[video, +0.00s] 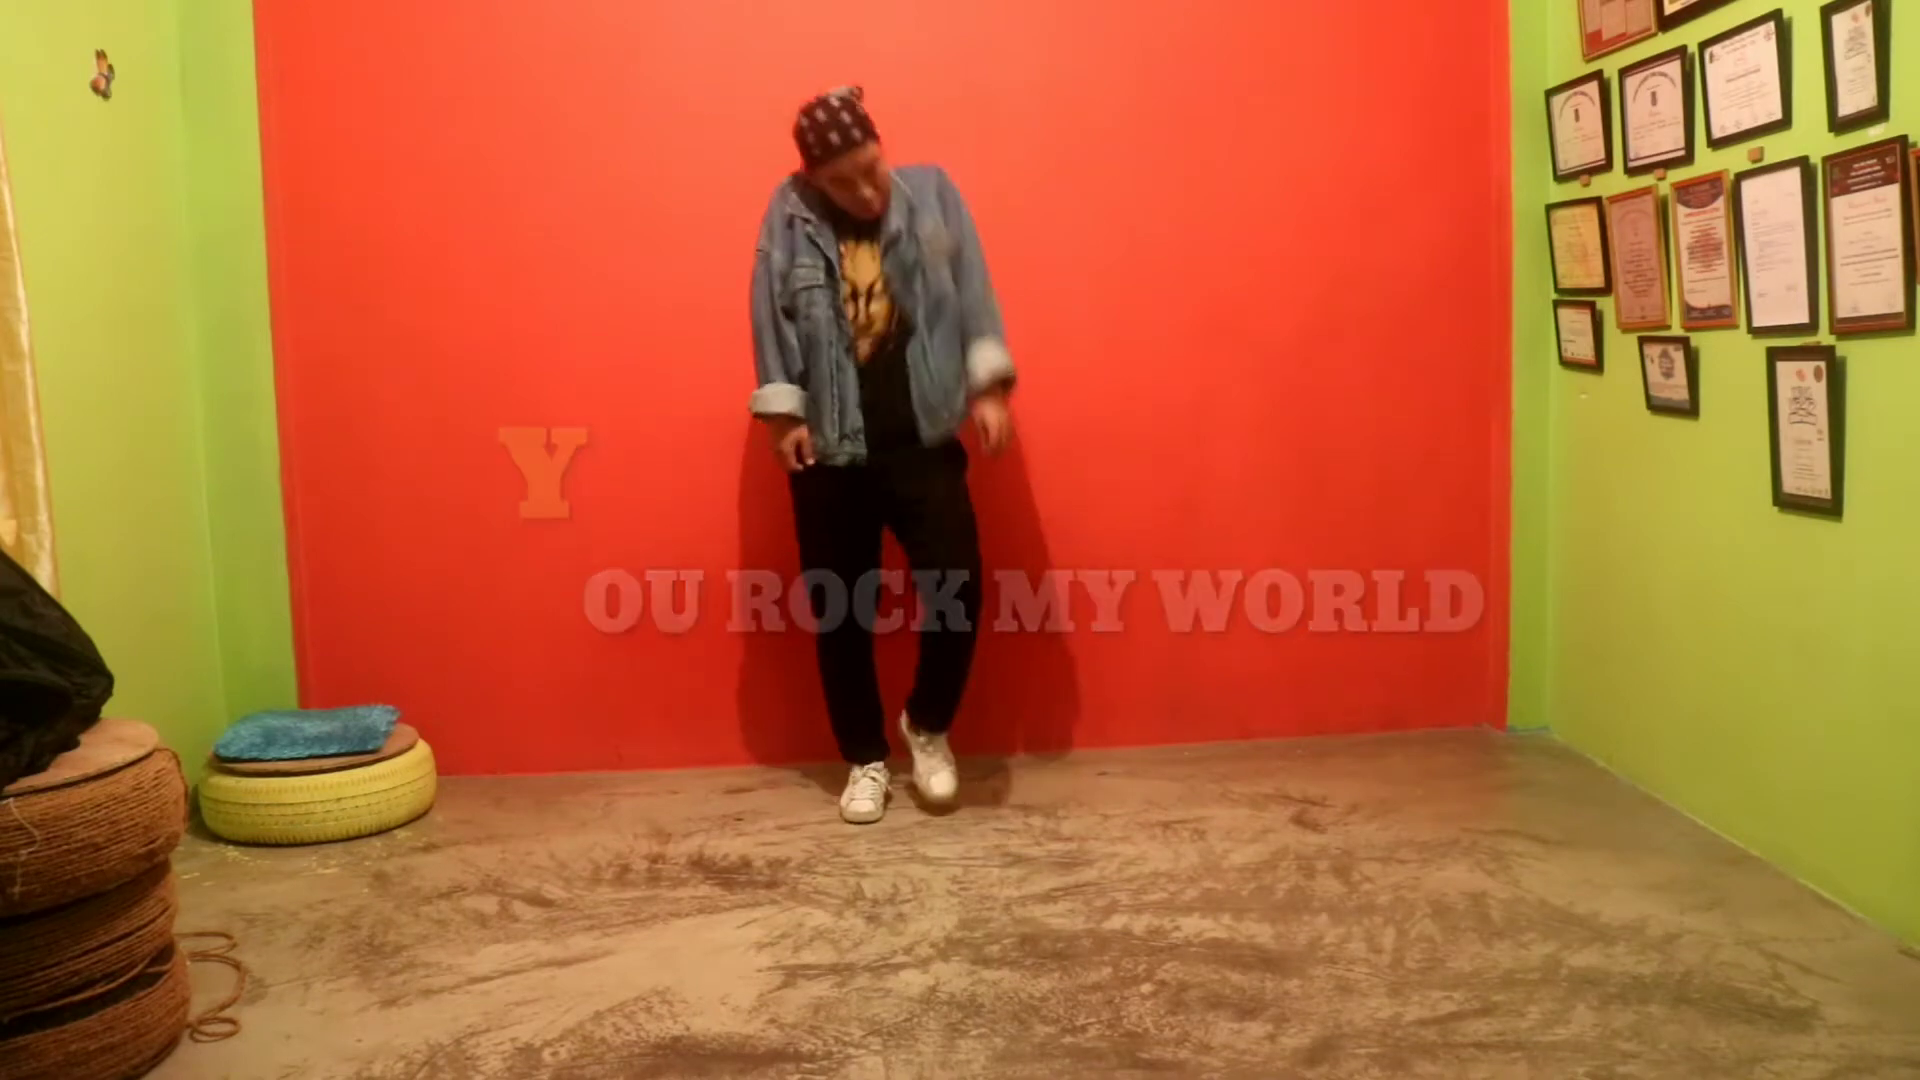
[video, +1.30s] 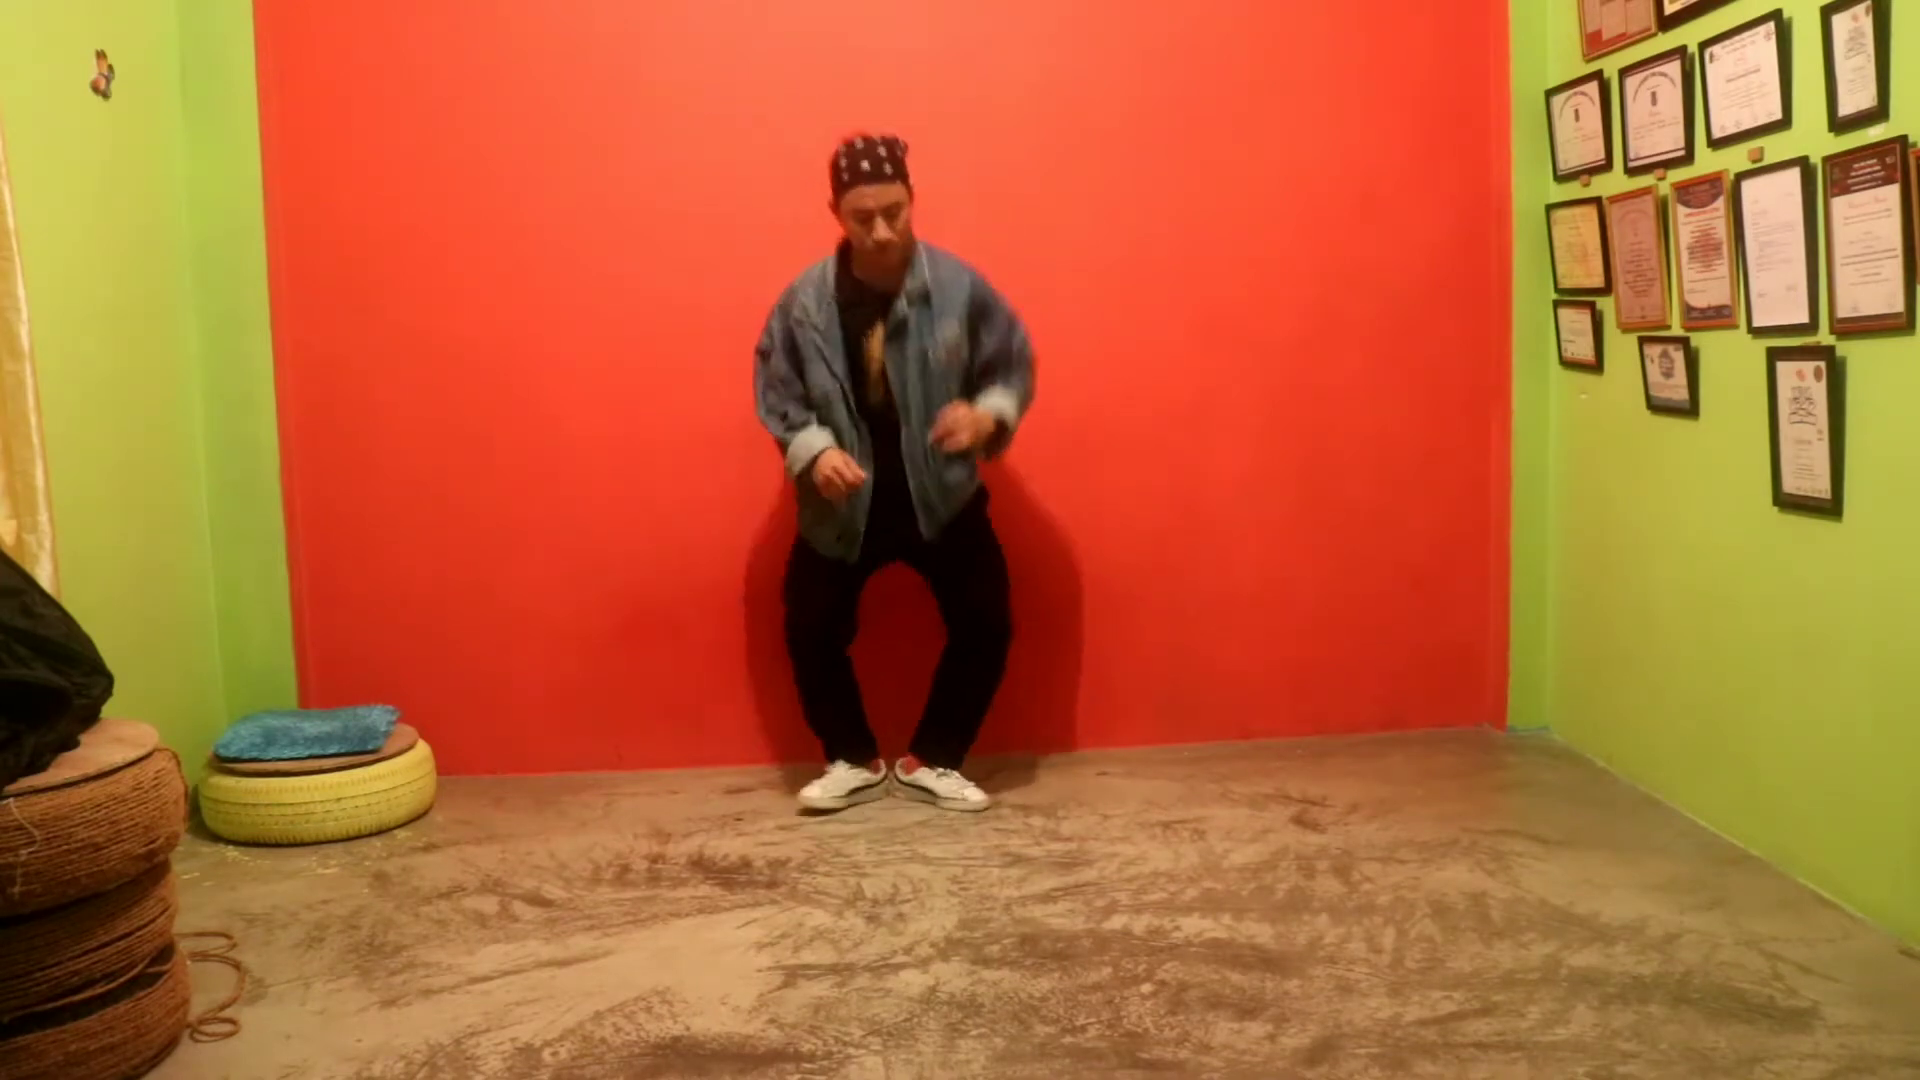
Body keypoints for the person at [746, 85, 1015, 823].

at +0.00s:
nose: (867, 190)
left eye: (872, 172)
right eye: (849, 181)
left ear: (883, 149)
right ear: (816, 173)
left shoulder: (930, 191)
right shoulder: (789, 216)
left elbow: (974, 289)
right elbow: (770, 315)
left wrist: (989, 386)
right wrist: (784, 412)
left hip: (925, 438)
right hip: (831, 447)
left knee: (958, 590)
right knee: (840, 607)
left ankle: (928, 726)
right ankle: (865, 761)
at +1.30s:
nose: (882, 232)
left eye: (893, 213)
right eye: (864, 218)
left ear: (913, 206)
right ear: (840, 217)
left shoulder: (959, 289)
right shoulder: (803, 305)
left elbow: (1013, 366)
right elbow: (779, 397)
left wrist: (986, 413)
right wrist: (816, 452)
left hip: (943, 502)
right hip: (846, 506)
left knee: (984, 625)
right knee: (811, 629)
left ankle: (929, 760)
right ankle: (855, 760)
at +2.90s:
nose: (935, 241)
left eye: (944, 225)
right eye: (920, 227)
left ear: (954, 214)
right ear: (882, 211)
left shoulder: (966, 276)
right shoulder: (822, 280)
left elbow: (1010, 328)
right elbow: (769, 356)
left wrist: (983, 406)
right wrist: (799, 433)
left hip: (940, 473)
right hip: (857, 478)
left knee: (940, 617)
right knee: (872, 619)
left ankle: (972, 759)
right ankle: (825, 765)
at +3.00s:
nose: (911, 220)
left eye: (922, 205)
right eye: (896, 205)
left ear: (938, 194)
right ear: (864, 191)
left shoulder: (960, 256)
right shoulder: (817, 258)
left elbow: (999, 314)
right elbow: (772, 338)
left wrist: (979, 413)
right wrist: (801, 411)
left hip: (943, 474)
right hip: (850, 477)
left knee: (967, 620)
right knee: (841, 626)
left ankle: (975, 759)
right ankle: (833, 765)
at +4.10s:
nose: (872, 197)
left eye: (886, 182)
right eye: (858, 182)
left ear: (911, 171)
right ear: (837, 169)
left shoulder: (951, 234)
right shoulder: (799, 236)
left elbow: (993, 333)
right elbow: (768, 324)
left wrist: (920, 344)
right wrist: (828, 374)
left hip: (929, 462)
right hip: (834, 463)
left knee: (925, 612)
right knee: (839, 615)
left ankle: (920, 762)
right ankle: (860, 765)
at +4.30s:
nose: (854, 216)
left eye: (869, 200)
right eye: (841, 200)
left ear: (899, 187)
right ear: (824, 189)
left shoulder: (947, 256)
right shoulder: (807, 260)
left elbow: (990, 362)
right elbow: (766, 351)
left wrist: (925, 327)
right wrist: (792, 333)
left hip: (923, 463)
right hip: (830, 466)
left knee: (927, 616)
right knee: (828, 620)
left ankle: (920, 767)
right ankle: (858, 768)